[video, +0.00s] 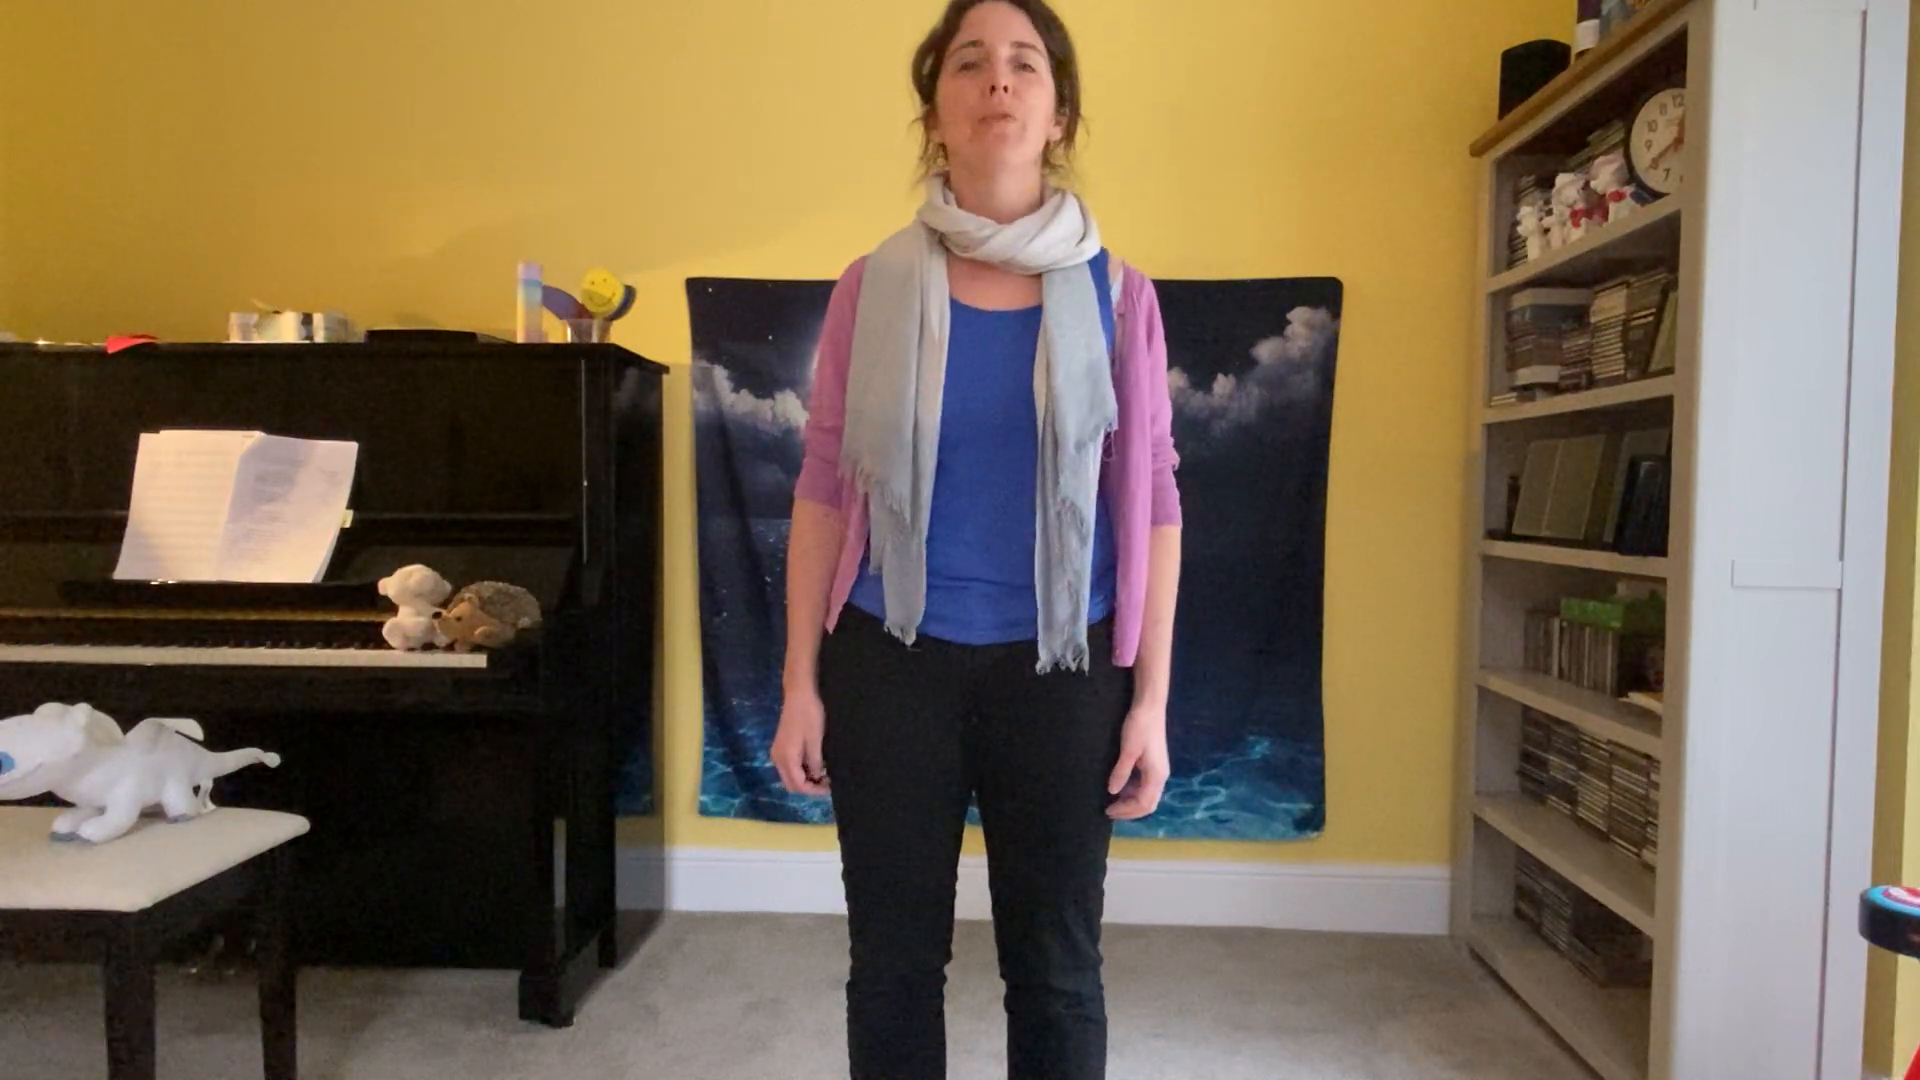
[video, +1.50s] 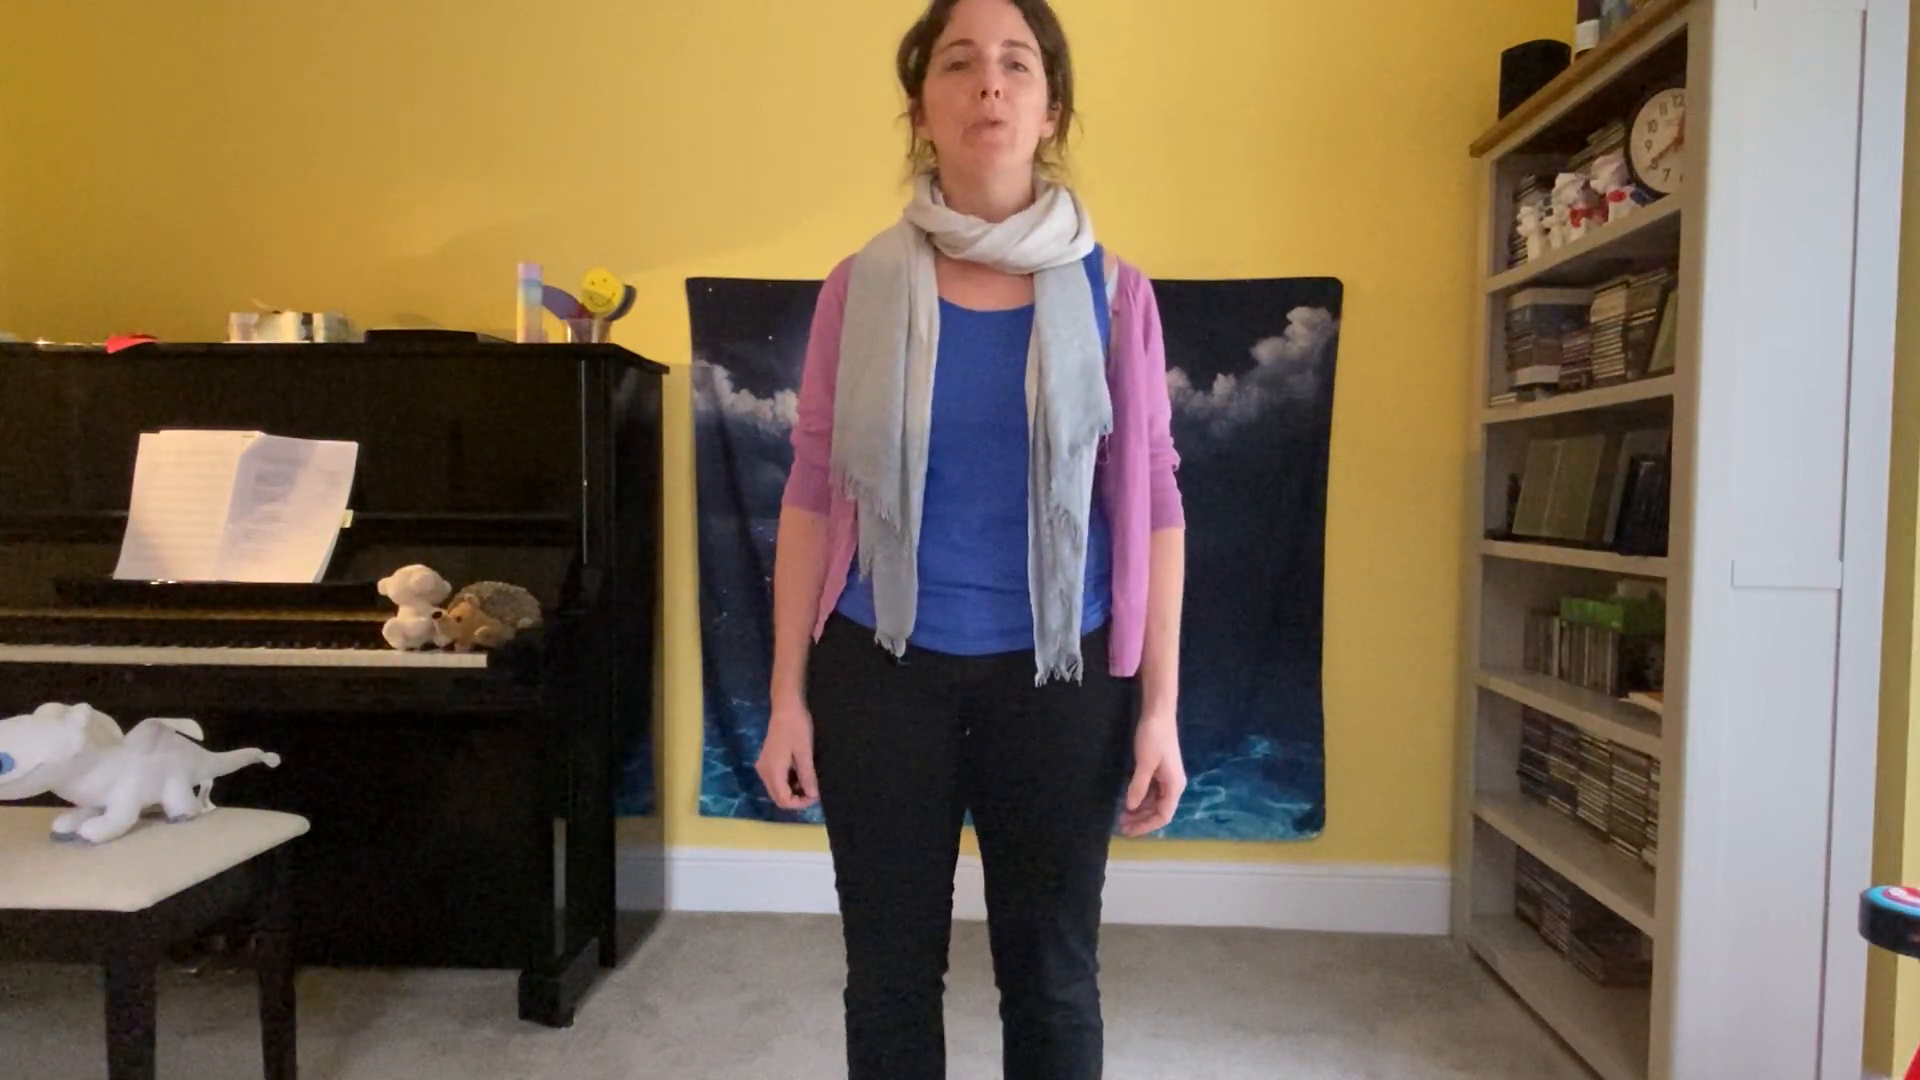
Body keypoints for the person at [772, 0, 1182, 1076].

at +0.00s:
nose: (996, 79)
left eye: (1023, 63)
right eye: (970, 62)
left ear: (1060, 112)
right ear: (933, 110)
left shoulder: (1119, 298)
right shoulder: (869, 290)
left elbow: (1153, 504)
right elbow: (823, 488)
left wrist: (1150, 696)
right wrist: (799, 677)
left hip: (1061, 679)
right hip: (887, 672)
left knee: (1057, 982)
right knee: (892, 977)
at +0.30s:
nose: (993, 77)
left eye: (1019, 61)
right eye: (965, 60)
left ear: (1056, 107)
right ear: (927, 106)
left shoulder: (1118, 295)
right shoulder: (868, 289)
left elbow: (1153, 501)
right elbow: (820, 489)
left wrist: (1150, 695)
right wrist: (799, 679)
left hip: (1062, 678)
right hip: (889, 672)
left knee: (1058, 982)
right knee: (892, 980)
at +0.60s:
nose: (989, 74)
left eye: (1016, 58)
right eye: (960, 58)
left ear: (1054, 105)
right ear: (924, 107)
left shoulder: (1117, 294)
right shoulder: (864, 289)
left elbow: (1154, 501)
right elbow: (818, 491)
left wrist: (1151, 698)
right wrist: (797, 684)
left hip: (1062, 678)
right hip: (887, 672)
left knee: (1057, 981)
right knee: (892, 980)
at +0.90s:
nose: (989, 66)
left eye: (1017, 49)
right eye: (960, 49)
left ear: (1055, 98)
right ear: (921, 98)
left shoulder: (1117, 292)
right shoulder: (859, 288)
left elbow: (1153, 502)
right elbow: (815, 493)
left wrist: (1152, 700)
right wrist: (794, 687)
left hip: (1061, 684)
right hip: (885, 677)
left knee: (1057, 988)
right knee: (892, 982)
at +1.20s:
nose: (986, 67)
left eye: (1014, 50)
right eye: (956, 49)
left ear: (1052, 99)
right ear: (918, 97)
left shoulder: (1116, 290)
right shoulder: (855, 286)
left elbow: (1153, 502)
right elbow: (812, 493)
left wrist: (1155, 703)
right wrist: (791, 691)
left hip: (1061, 683)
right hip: (884, 677)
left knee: (1056, 986)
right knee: (891, 986)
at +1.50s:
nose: (987, 81)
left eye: (1014, 63)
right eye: (958, 62)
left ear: (1052, 105)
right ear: (920, 105)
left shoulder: (1115, 296)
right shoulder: (858, 290)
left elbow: (1153, 503)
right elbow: (811, 496)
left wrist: (1159, 703)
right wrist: (785, 693)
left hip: (1060, 686)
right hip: (879, 680)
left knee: (1053, 991)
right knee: (890, 987)